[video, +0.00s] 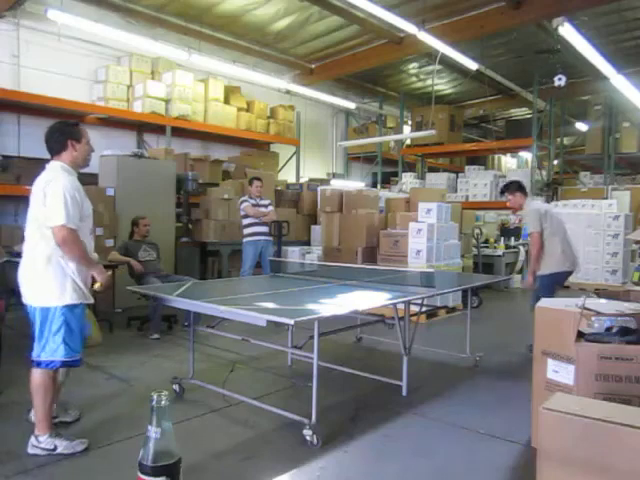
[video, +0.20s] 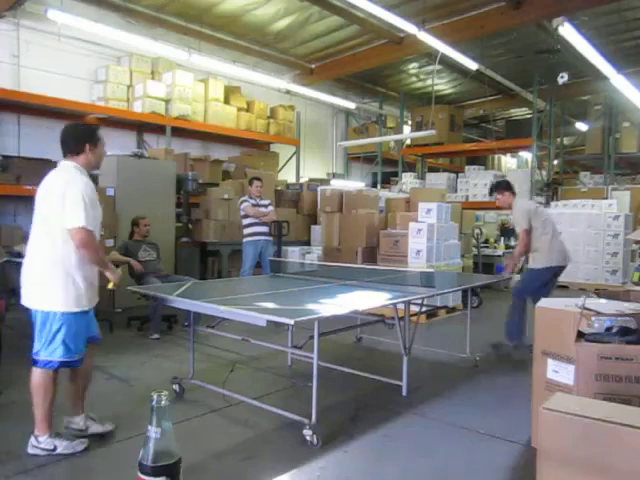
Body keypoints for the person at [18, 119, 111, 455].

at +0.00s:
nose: (90, 148)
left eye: (88, 143)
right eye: (86, 143)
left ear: (64, 146)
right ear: (71, 145)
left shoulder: (55, 177)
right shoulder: (60, 180)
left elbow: (64, 234)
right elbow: (64, 235)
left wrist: (95, 262)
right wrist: (95, 268)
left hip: (51, 286)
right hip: (53, 288)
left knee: (54, 353)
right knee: (49, 360)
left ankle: (44, 408)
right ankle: (43, 436)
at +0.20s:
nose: (104, 152)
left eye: (103, 146)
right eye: (101, 146)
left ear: (73, 149)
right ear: (88, 148)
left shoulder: (58, 177)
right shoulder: (74, 180)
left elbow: (73, 237)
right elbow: (82, 238)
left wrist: (107, 257)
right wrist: (107, 268)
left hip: (64, 289)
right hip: (58, 292)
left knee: (87, 346)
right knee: (47, 362)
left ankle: (77, 418)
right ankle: (42, 436)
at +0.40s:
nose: (117, 152)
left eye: (115, 146)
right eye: (113, 146)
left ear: (89, 151)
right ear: (99, 150)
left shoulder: (72, 177)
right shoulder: (91, 179)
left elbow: (84, 237)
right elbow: (99, 237)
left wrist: (114, 260)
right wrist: (118, 262)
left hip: (65, 287)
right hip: (72, 290)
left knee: (87, 354)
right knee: (63, 361)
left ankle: (82, 422)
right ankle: (42, 434)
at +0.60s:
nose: (124, 152)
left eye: (122, 145)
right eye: (120, 146)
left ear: (95, 149)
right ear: (106, 148)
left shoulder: (81, 177)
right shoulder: (99, 177)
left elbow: (89, 234)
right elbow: (110, 234)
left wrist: (127, 238)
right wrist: (131, 258)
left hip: (70, 285)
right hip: (89, 287)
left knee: (90, 357)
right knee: (103, 356)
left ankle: (82, 423)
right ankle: (57, 428)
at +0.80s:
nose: (129, 153)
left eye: (127, 147)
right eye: (126, 147)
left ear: (96, 151)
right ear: (113, 149)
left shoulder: (80, 181)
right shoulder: (111, 179)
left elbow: (88, 233)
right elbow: (119, 233)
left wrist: (131, 234)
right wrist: (141, 261)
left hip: (73, 288)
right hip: (101, 289)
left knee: (92, 359)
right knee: (115, 365)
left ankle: (80, 422)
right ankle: (103, 452)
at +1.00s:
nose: (142, 156)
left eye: (141, 150)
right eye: (139, 149)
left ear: (106, 154)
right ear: (126, 152)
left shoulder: (81, 184)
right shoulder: (124, 186)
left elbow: (88, 238)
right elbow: (140, 244)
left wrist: (131, 266)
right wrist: (152, 272)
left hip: (68, 292)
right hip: (102, 296)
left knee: (93, 359)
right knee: (116, 370)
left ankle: (81, 422)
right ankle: (100, 460)